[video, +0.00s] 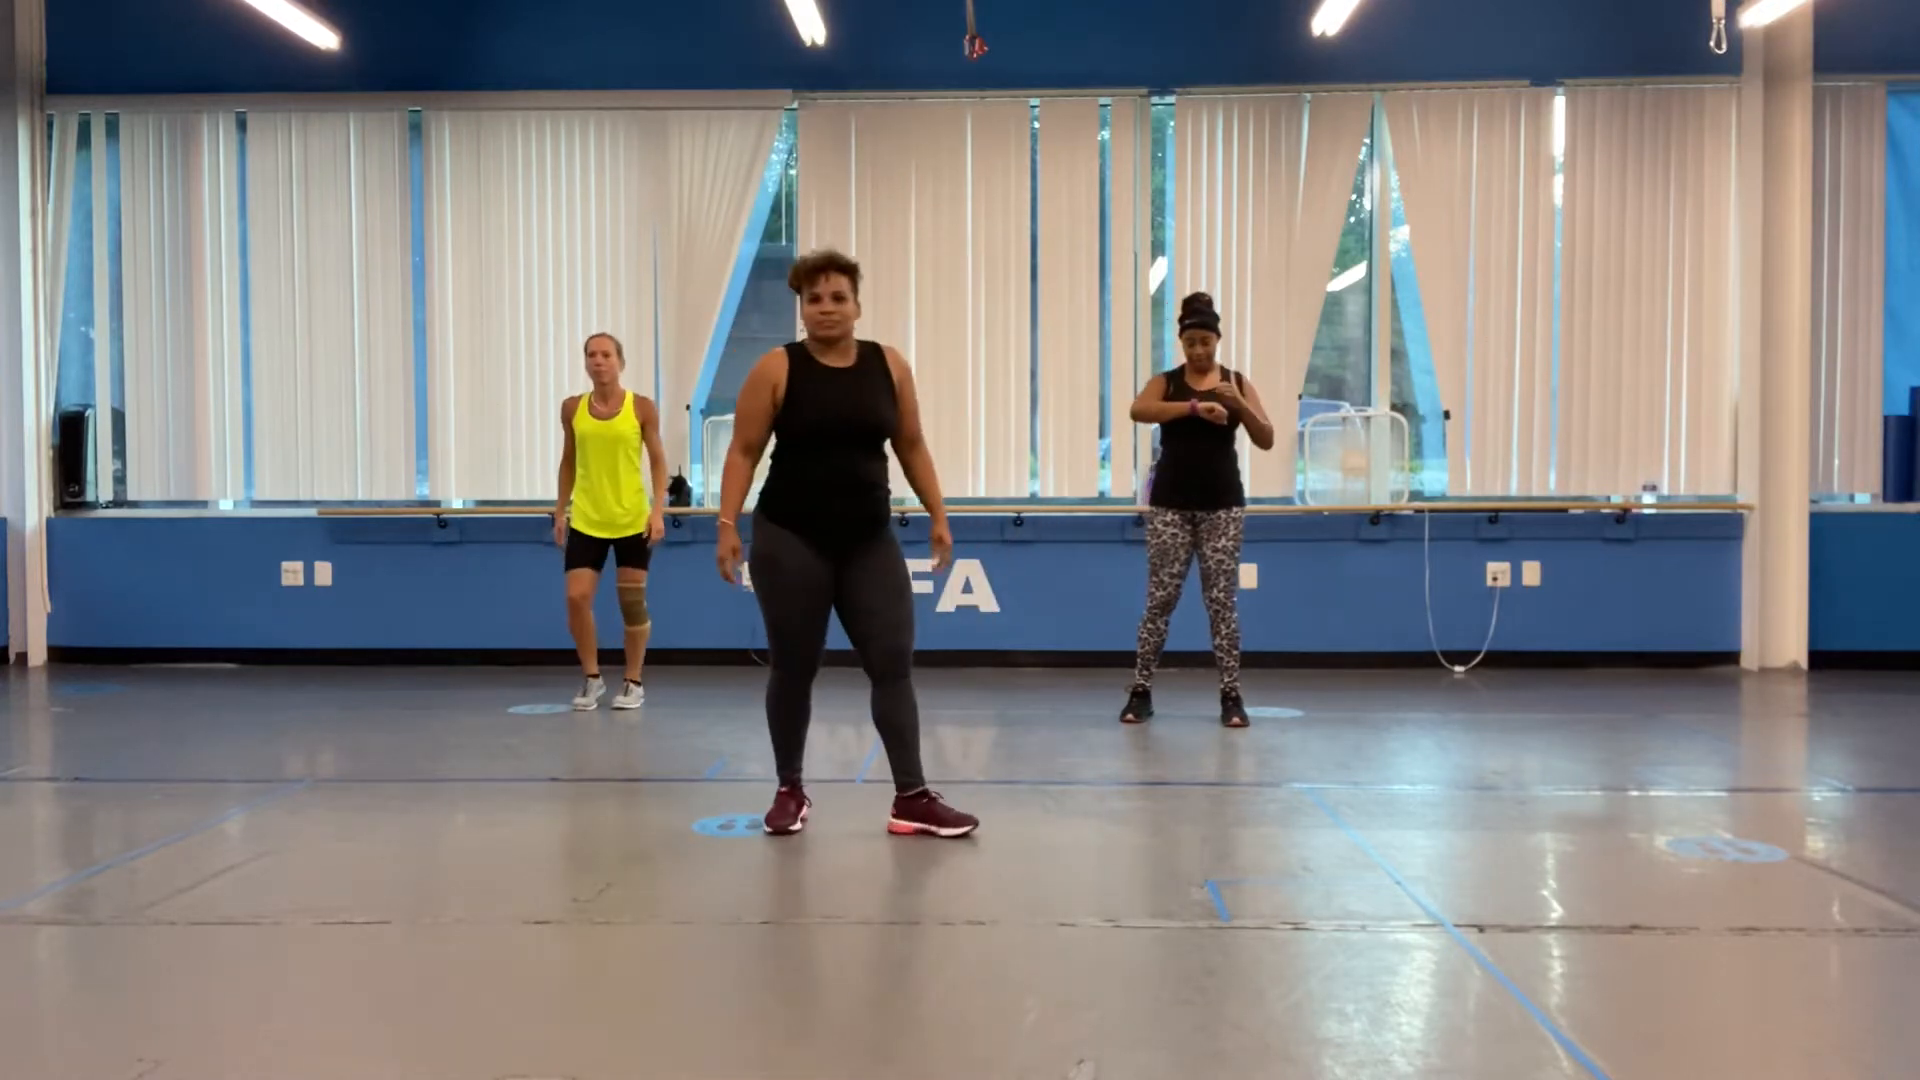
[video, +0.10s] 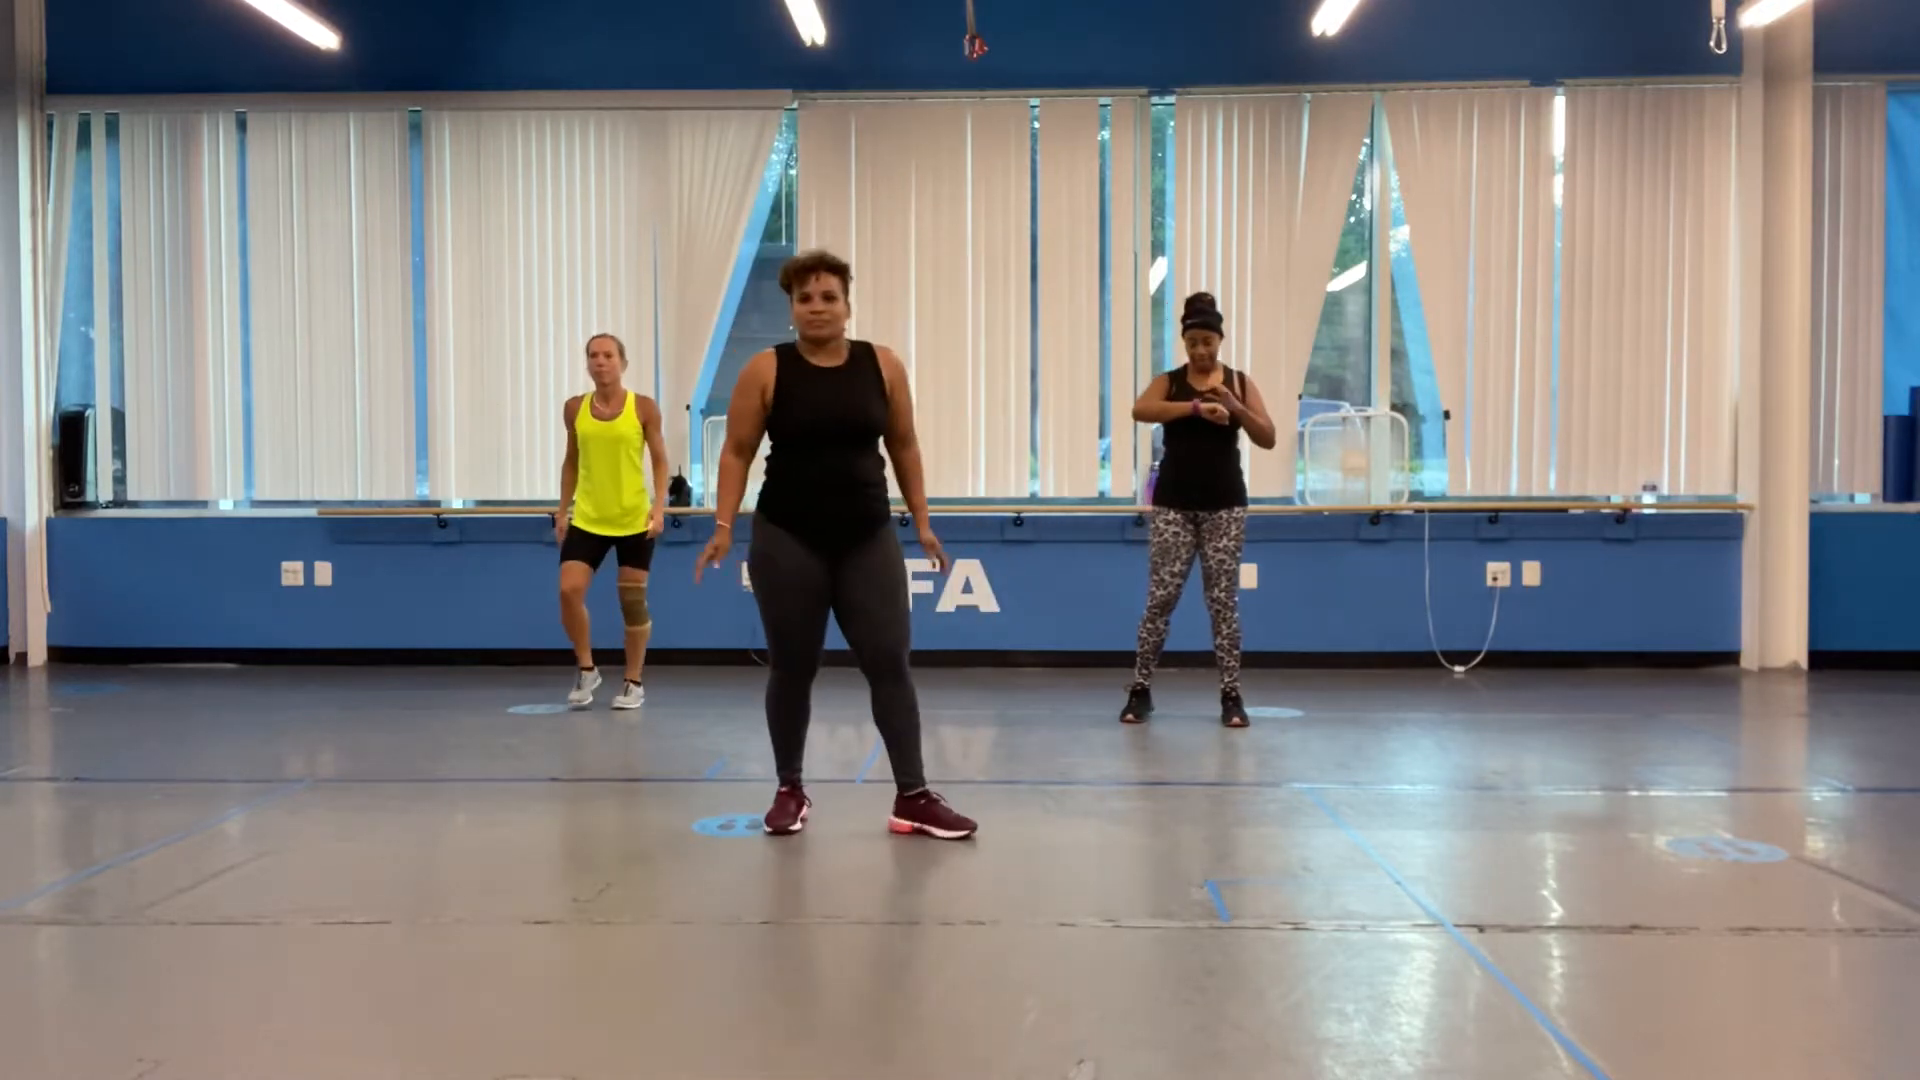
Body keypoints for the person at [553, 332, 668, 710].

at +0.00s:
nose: (598, 361)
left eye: (605, 355)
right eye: (592, 356)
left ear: (620, 363)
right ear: (585, 364)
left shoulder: (640, 406)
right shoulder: (573, 408)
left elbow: (658, 460)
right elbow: (568, 460)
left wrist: (658, 509)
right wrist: (561, 508)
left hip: (632, 517)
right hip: (586, 518)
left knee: (632, 598)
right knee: (577, 598)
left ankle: (633, 682)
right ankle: (592, 679)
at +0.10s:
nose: (600, 361)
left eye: (607, 355)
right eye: (594, 356)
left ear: (622, 363)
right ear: (587, 365)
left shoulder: (643, 407)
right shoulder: (575, 408)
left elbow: (660, 460)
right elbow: (571, 461)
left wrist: (659, 506)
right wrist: (563, 508)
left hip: (634, 517)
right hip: (588, 517)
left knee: (632, 598)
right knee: (569, 589)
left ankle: (633, 682)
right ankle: (587, 672)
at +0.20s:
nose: (599, 360)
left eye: (607, 355)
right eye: (594, 355)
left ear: (622, 362)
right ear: (587, 364)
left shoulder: (642, 405)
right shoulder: (576, 406)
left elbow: (660, 458)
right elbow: (572, 460)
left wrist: (659, 504)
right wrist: (564, 508)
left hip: (633, 517)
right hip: (586, 516)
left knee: (632, 600)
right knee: (568, 590)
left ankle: (633, 682)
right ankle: (583, 670)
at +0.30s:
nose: (598, 361)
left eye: (605, 355)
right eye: (592, 355)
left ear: (621, 363)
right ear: (585, 364)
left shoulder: (640, 406)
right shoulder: (573, 407)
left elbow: (659, 460)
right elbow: (569, 460)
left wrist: (659, 507)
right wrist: (562, 508)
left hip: (630, 518)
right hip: (583, 518)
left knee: (631, 600)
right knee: (572, 599)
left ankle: (633, 682)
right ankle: (581, 679)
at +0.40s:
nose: (595, 360)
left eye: (603, 354)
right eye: (589, 354)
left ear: (618, 362)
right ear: (582, 363)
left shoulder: (636, 406)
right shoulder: (568, 407)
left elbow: (653, 459)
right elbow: (563, 461)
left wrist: (658, 509)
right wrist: (557, 509)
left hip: (626, 518)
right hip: (579, 519)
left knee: (627, 600)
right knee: (578, 600)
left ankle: (633, 682)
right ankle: (583, 682)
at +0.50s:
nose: (591, 359)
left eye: (599, 354)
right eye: (586, 354)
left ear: (614, 363)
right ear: (578, 362)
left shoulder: (632, 407)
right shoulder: (563, 406)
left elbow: (649, 460)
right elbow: (557, 460)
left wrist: (655, 510)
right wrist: (553, 509)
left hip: (623, 517)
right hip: (577, 519)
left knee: (621, 598)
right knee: (578, 600)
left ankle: (633, 681)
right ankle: (583, 683)